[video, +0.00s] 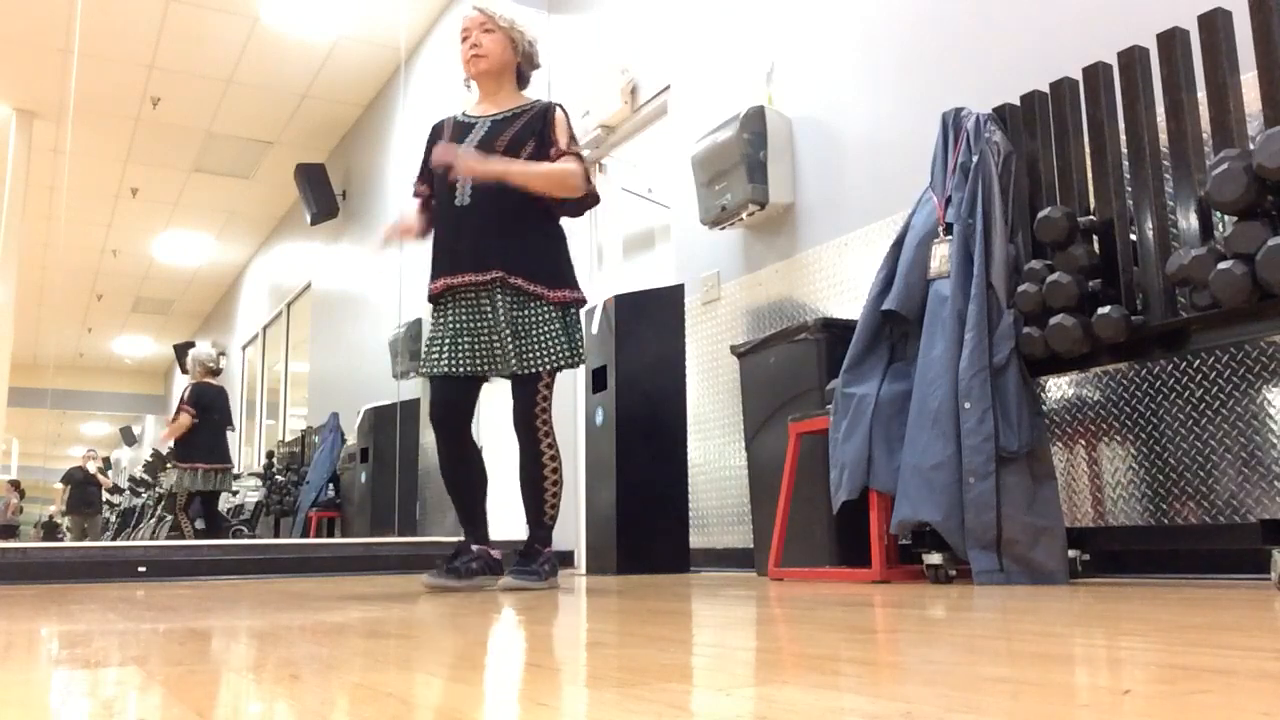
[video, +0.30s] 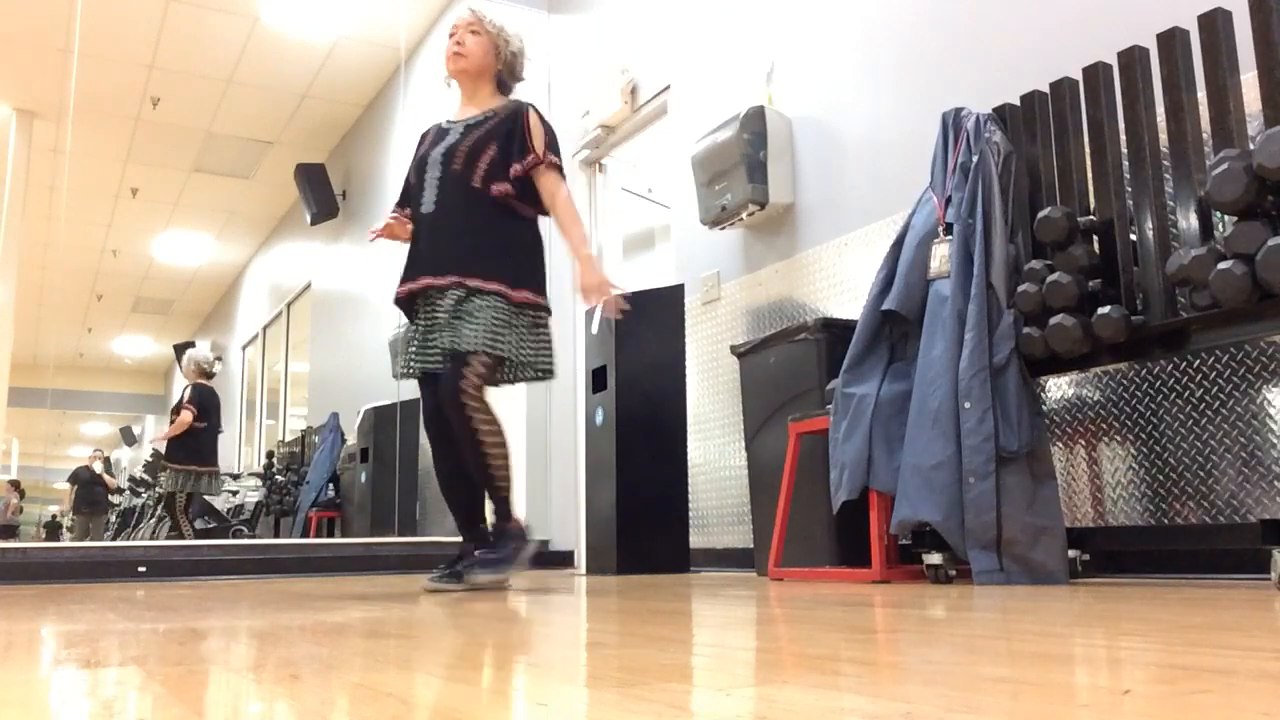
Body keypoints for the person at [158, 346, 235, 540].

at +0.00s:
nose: (189, 370)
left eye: (190, 365)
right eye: (189, 366)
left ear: (197, 367)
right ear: (213, 367)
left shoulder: (194, 390)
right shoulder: (221, 391)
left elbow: (184, 422)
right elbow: (225, 425)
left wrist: (165, 437)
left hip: (193, 465)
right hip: (219, 464)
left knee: (180, 510)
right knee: (211, 511)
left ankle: (194, 551)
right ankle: (217, 554)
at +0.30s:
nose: (182, 369)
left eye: (184, 365)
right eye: (182, 365)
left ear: (193, 367)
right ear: (205, 368)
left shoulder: (193, 390)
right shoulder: (211, 392)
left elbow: (185, 419)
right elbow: (214, 430)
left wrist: (164, 435)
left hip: (185, 463)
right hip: (202, 463)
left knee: (177, 509)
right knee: (177, 507)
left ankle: (192, 552)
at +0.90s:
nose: (175, 367)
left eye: (178, 363)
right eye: (177, 363)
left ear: (184, 367)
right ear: (199, 369)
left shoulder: (180, 391)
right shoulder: (204, 393)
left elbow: (167, 421)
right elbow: (210, 429)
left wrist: (151, 443)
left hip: (177, 463)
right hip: (197, 464)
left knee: (174, 512)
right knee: (170, 511)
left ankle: (191, 553)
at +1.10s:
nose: (178, 363)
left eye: (181, 360)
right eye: (179, 359)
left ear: (187, 364)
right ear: (203, 365)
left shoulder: (185, 388)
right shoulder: (210, 389)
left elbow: (172, 421)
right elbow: (217, 425)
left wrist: (151, 435)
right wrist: (193, 432)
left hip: (186, 461)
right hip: (208, 460)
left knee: (186, 512)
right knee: (182, 510)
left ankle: (196, 554)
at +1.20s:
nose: (180, 364)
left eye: (182, 360)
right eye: (180, 360)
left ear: (189, 364)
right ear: (205, 364)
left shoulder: (189, 388)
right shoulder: (212, 389)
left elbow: (174, 419)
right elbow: (219, 425)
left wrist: (152, 431)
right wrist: (192, 427)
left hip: (188, 460)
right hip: (210, 460)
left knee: (188, 508)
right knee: (194, 506)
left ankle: (197, 552)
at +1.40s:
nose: (186, 366)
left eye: (189, 362)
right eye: (187, 362)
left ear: (195, 365)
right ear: (211, 366)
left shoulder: (197, 389)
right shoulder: (218, 390)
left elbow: (181, 423)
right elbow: (221, 426)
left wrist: (160, 431)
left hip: (193, 465)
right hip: (215, 464)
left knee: (191, 512)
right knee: (213, 511)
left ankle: (197, 556)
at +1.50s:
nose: (188, 366)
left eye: (191, 362)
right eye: (190, 362)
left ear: (197, 365)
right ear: (214, 366)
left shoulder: (198, 390)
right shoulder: (221, 390)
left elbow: (185, 423)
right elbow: (227, 424)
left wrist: (162, 432)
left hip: (194, 465)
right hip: (218, 465)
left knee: (191, 514)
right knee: (214, 512)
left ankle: (197, 557)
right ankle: (227, 553)